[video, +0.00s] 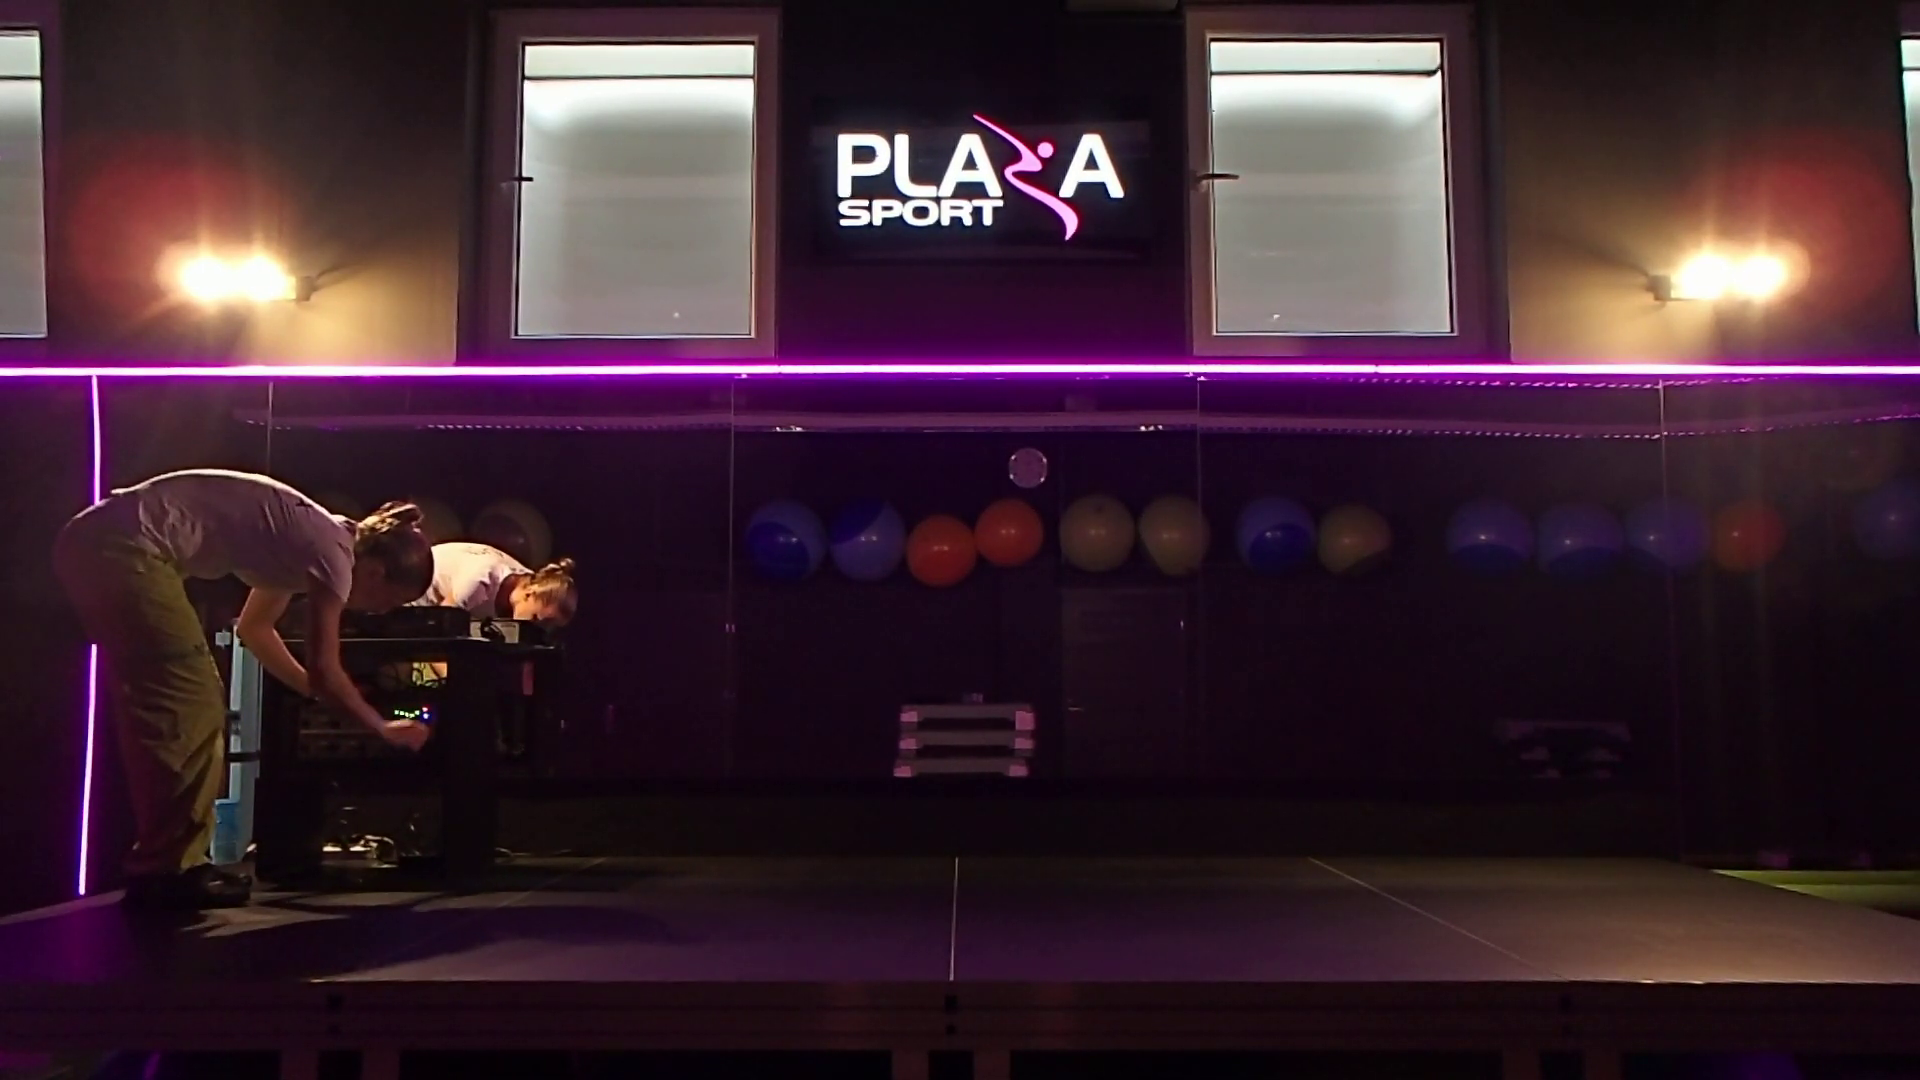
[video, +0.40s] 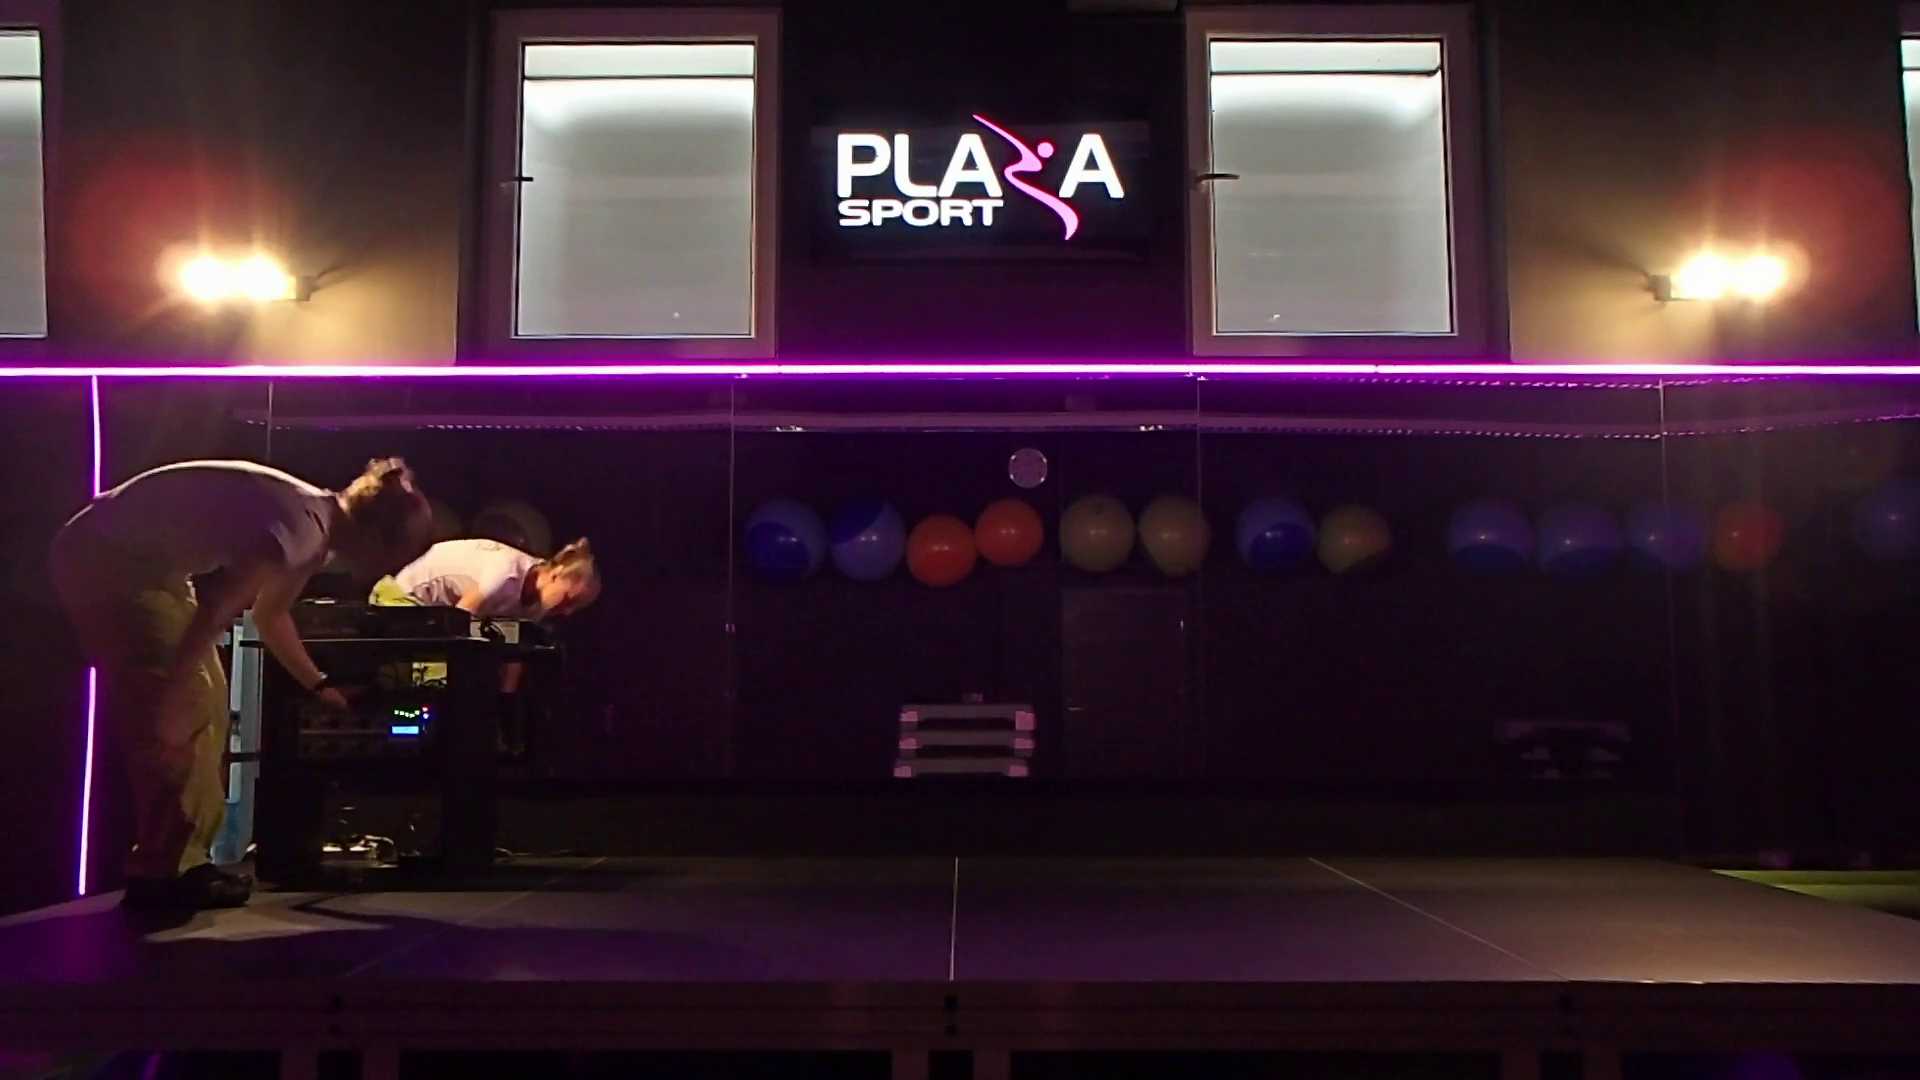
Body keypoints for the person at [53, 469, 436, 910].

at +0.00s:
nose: (376, 610)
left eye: (388, 607)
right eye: (386, 601)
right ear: (377, 570)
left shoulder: (302, 539)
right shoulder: (333, 550)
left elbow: (254, 626)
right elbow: (327, 669)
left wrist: (310, 686)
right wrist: (384, 727)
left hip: (107, 543)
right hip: (125, 548)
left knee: (178, 697)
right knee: (192, 698)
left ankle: (169, 865)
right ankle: (170, 869)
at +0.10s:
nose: (379, 608)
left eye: (390, 604)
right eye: (387, 598)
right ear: (376, 567)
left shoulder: (307, 536)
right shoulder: (330, 549)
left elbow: (255, 627)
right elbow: (309, 665)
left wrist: (320, 692)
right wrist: (356, 745)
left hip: (136, 551)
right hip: (121, 549)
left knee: (202, 707)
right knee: (171, 708)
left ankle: (181, 864)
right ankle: (165, 871)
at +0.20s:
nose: (377, 605)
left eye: (388, 600)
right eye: (385, 595)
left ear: (371, 555)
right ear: (374, 563)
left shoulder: (309, 529)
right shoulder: (324, 546)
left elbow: (254, 627)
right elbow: (283, 659)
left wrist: (311, 687)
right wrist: (310, 760)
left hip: (116, 551)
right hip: (118, 554)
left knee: (181, 698)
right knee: (187, 701)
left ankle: (175, 866)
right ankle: (168, 872)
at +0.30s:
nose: (380, 594)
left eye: (390, 588)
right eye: (387, 584)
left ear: (368, 545)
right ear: (372, 552)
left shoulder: (317, 531)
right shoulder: (314, 544)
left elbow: (264, 627)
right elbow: (252, 640)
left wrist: (314, 689)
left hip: (130, 555)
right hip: (118, 555)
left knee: (185, 697)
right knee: (182, 699)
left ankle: (174, 865)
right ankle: (169, 870)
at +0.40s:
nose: (384, 573)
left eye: (394, 565)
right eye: (391, 561)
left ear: (371, 517)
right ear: (375, 528)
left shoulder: (314, 535)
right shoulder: (298, 527)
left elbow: (271, 614)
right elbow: (218, 603)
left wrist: (317, 685)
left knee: (210, 700)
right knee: (181, 706)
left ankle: (191, 861)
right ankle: (160, 872)